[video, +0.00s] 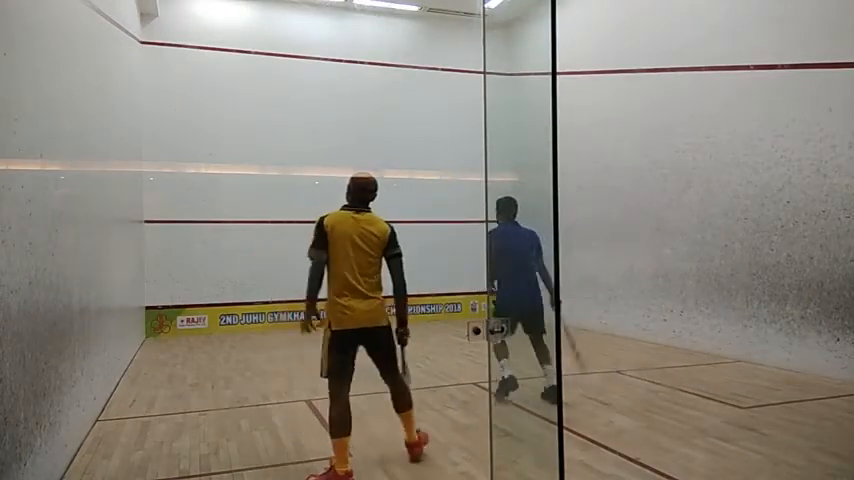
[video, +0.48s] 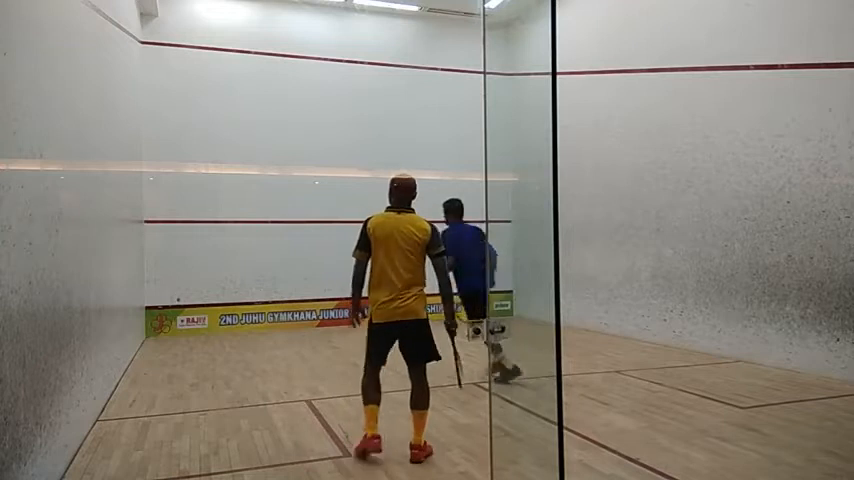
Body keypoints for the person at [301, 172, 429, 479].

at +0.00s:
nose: (349, 191)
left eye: (350, 188)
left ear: (348, 193)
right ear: (374, 197)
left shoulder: (327, 223)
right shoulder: (384, 229)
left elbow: (316, 267)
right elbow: (399, 280)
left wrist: (309, 308)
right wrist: (402, 324)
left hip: (341, 324)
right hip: (376, 321)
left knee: (339, 394)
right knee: (394, 377)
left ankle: (341, 466)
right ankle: (412, 441)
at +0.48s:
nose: (390, 194)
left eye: (391, 190)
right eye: (398, 190)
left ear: (391, 194)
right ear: (414, 197)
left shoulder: (372, 225)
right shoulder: (426, 228)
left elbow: (359, 268)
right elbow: (442, 274)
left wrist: (355, 304)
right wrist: (450, 314)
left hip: (381, 316)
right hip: (415, 317)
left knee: (371, 370)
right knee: (419, 376)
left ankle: (371, 434)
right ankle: (417, 444)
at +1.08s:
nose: (390, 195)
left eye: (393, 192)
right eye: (392, 191)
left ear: (393, 199)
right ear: (411, 200)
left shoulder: (374, 231)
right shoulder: (422, 226)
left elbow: (370, 269)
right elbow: (443, 261)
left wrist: (389, 273)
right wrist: (430, 286)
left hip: (391, 308)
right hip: (421, 304)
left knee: (387, 364)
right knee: (442, 347)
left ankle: (385, 423)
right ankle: (432, 405)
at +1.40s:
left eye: (422, 199)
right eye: (434, 202)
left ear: (415, 203)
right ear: (435, 206)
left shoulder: (399, 232)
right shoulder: (441, 231)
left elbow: (392, 270)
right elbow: (460, 265)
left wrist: (412, 257)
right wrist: (453, 283)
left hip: (410, 311)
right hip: (438, 310)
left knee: (399, 361)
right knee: (450, 357)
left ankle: (387, 420)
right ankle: (461, 410)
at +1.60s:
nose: (452, 205)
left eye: (447, 199)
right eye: (458, 203)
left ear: (440, 202)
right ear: (460, 205)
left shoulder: (424, 231)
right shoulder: (463, 231)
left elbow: (418, 267)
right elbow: (482, 267)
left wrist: (438, 257)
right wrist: (473, 280)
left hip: (434, 307)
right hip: (459, 306)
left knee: (425, 349)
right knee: (467, 353)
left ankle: (406, 395)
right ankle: (465, 410)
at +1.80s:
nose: (478, 201)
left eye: (475, 196)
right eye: (478, 197)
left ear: (460, 199)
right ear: (479, 201)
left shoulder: (444, 228)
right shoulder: (481, 228)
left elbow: (438, 263)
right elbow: (502, 261)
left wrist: (458, 252)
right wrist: (492, 275)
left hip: (453, 300)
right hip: (475, 300)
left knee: (465, 343)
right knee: (474, 348)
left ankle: (453, 390)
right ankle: (466, 409)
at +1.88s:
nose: (490, 207)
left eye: (488, 202)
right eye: (490, 203)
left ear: (470, 202)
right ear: (488, 203)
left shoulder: (454, 228)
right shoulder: (489, 228)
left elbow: (448, 263)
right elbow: (513, 260)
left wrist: (469, 254)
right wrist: (505, 272)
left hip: (462, 302)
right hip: (481, 302)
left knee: (481, 351)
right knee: (478, 354)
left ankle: (485, 397)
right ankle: (466, 410)